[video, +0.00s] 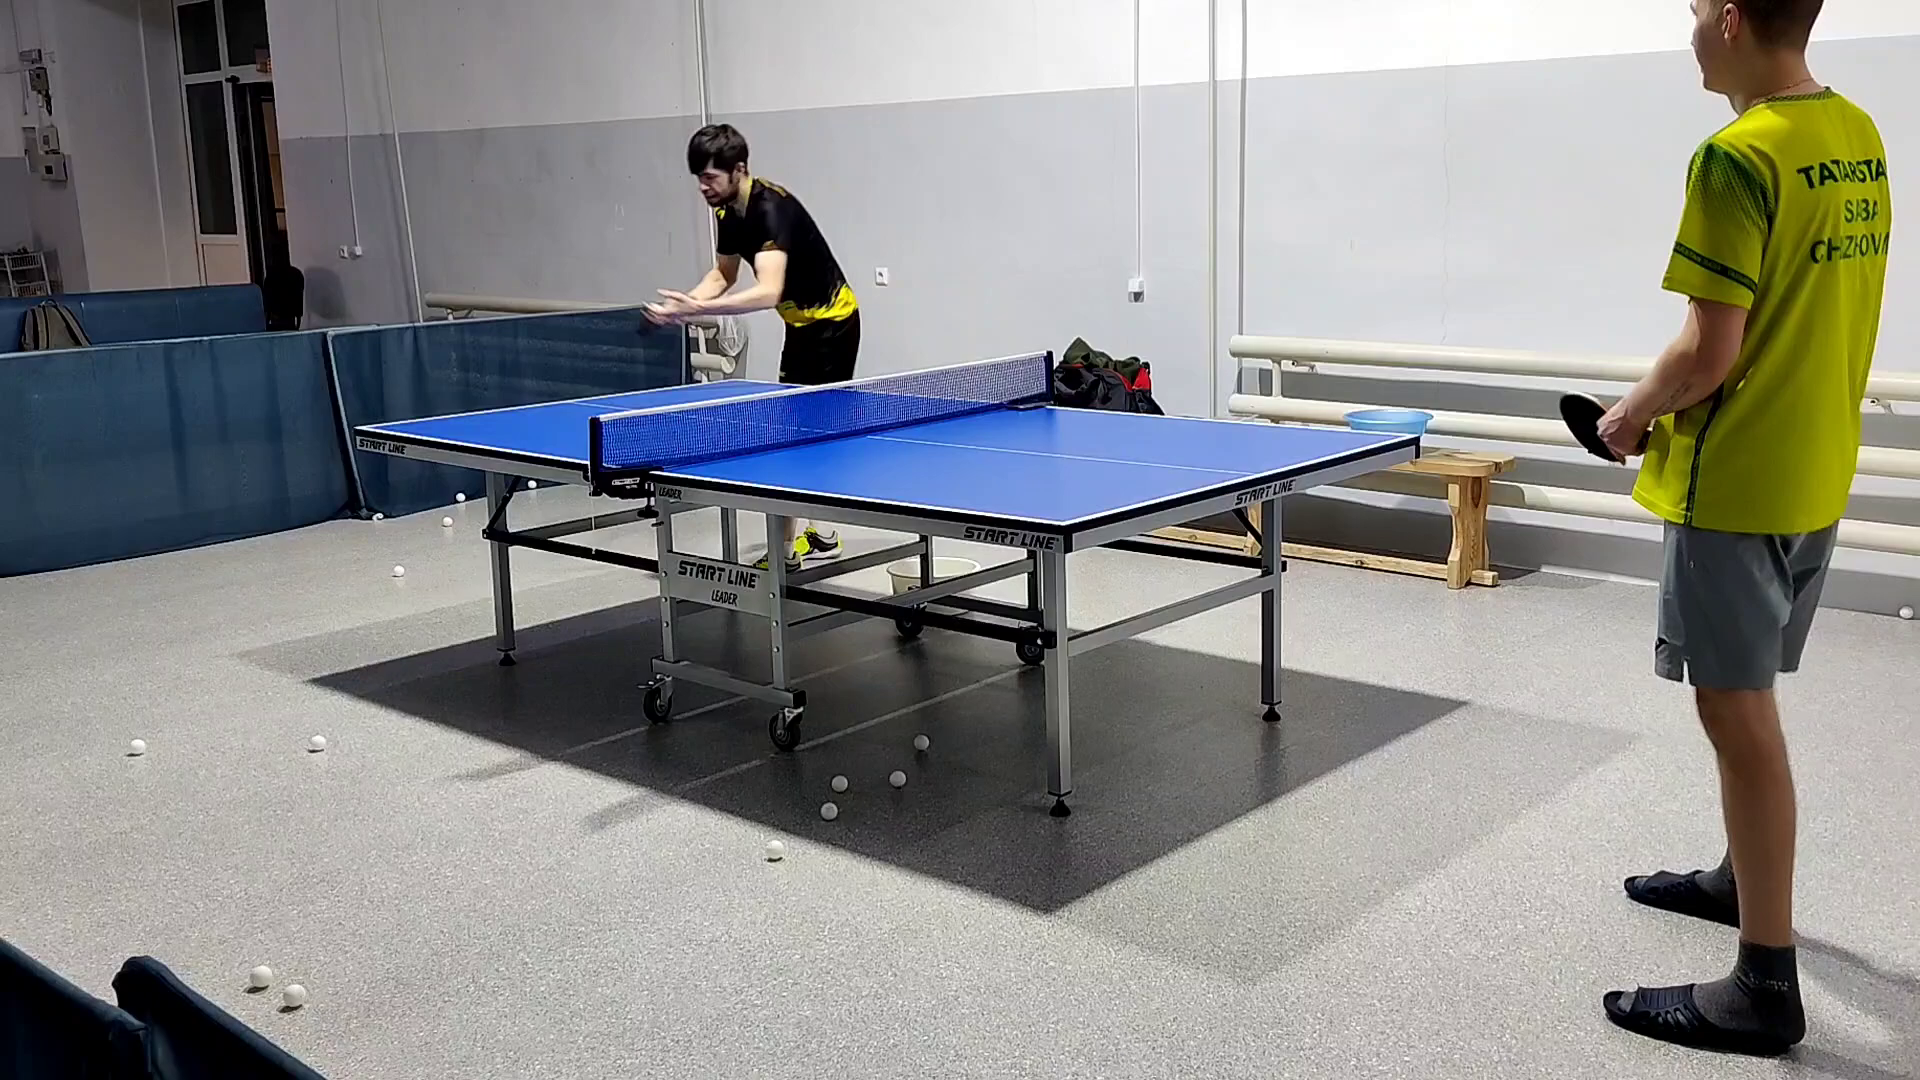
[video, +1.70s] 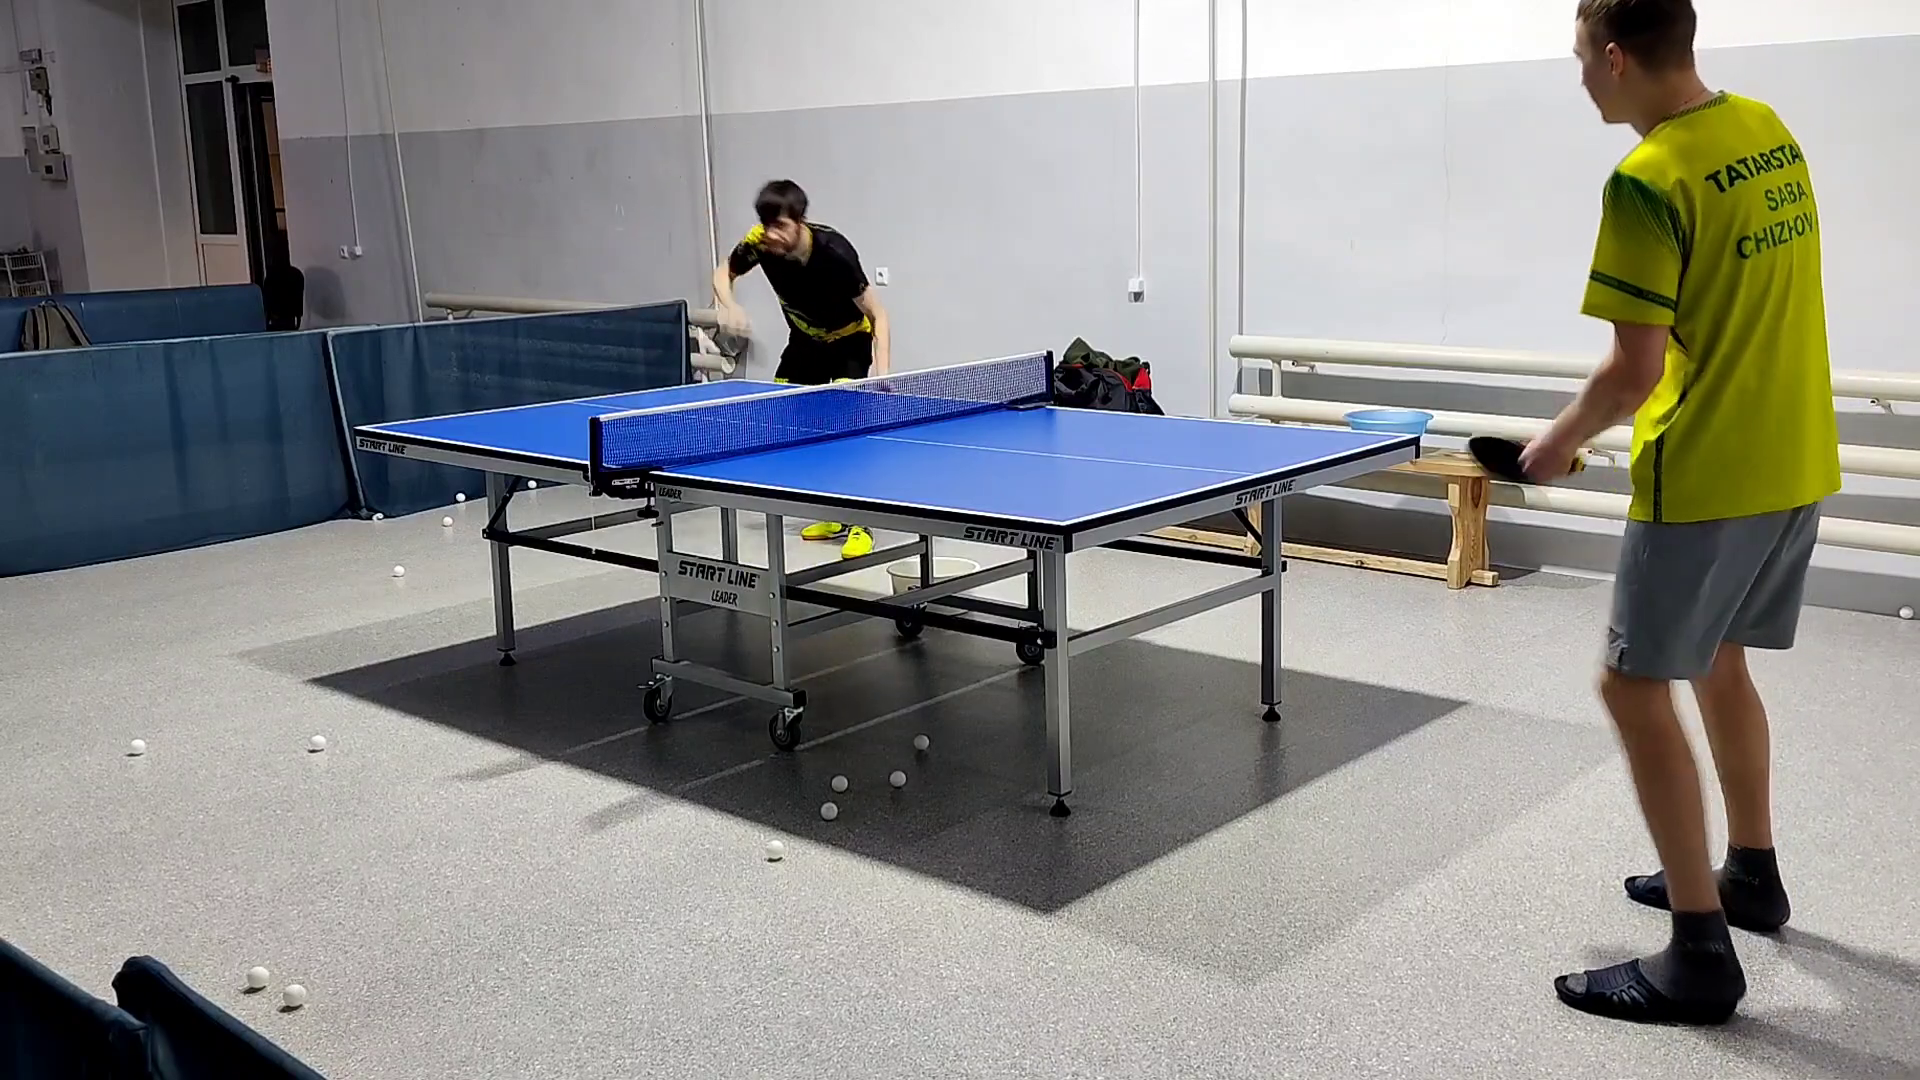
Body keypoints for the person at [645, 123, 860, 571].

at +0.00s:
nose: (703, 186)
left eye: (710, 177)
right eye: (698, 177)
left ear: (738, 169)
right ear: (699, 173)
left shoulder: (771, 208)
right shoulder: (727, 208)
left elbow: (769, 293)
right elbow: (723, 274)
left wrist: (696, 308)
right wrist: (684, 305)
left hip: (832, 325)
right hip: (798, 326)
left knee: (793, 433)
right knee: (794, 429)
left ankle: (786, 546)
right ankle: (816, 528)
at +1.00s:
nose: (726, 176)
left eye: (734, 166)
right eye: (723, 169)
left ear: (762, 168)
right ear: (725, 175)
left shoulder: (787, 211)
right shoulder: (745, 227)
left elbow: (752, 266)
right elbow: (746, 299)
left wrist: (688, 236)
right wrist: (695, 324)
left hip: (817, 346)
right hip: (784, 349)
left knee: (765, 426)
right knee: (804, 434)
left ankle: (780, 550)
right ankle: (844, 512)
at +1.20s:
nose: (727, 157)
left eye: (737, 148)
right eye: (726, 150)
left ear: (764, 154)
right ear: (729, 159)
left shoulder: (789, 195)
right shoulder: (750, 213)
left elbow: (795, 255)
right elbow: (767, 278)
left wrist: (744, 252)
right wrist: (732, 322)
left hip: (832, 325)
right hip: (796, 328)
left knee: (813, 418)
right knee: (789, 421)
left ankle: (833, 518)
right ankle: (841, 512)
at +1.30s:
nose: (725, 160)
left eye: (734, 151)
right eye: (724, 153)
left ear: (762, 158)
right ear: (733, 163)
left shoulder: (790, 199)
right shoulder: (751, 212)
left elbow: (821, 263)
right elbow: (766, 264)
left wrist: (790, 283)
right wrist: (724, 288)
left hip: (839, 324)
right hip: (803, 329)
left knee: (818, 413)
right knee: (788, 418)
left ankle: (836, 526)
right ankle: (846, 508)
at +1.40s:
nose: (725, 172)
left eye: (734, 163)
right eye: (724, 164)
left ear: (762, 169)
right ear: (731, 172)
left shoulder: (795, 209)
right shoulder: (754, 216)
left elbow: (842, 274)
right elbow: (761, 255)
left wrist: (822, 312)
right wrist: (702, 255)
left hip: (844, 324)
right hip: (806, 326)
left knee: (827, 410)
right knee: (791, 413)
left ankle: (863, 519)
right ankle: (838, 511)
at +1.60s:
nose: (745, 215)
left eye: (753, 205)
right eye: (742, 207)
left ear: (779, 204)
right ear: (742, 207)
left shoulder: (818, 242)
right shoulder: (758, 238)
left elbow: (869, 302)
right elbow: (738, 260)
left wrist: (870, 362)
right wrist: (686, 270)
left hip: (848, 342)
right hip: (807, 340)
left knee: (842, 423)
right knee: (787, 417)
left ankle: (859, 522)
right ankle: (837, 513)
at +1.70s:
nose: (772, 236)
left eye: (779, 227)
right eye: (766, 228)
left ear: (800, 220)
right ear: (761, 224)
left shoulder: (834, 252)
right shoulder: (761, 241)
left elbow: (879, 314)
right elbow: (722, 274)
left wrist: (881, 373)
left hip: (851, 343)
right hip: (805, 343)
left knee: (845, 423)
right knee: (784, 416)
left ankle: (859, 523)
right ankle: (836, 514)